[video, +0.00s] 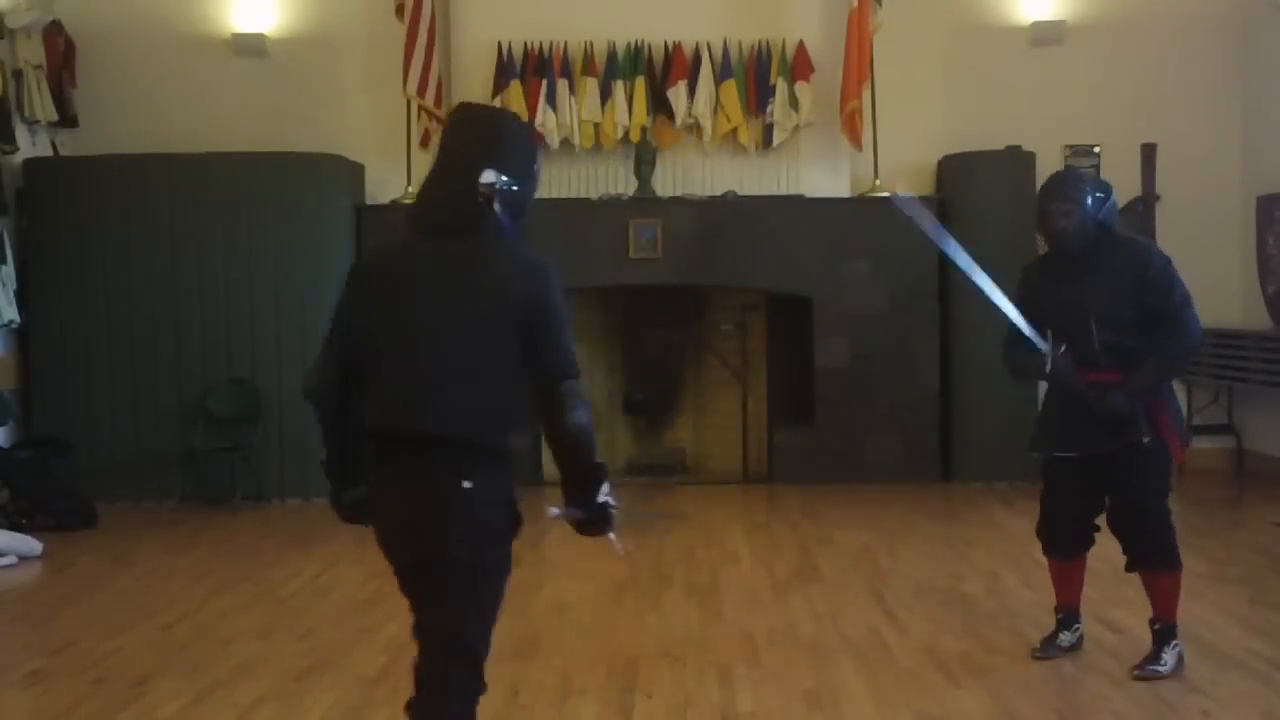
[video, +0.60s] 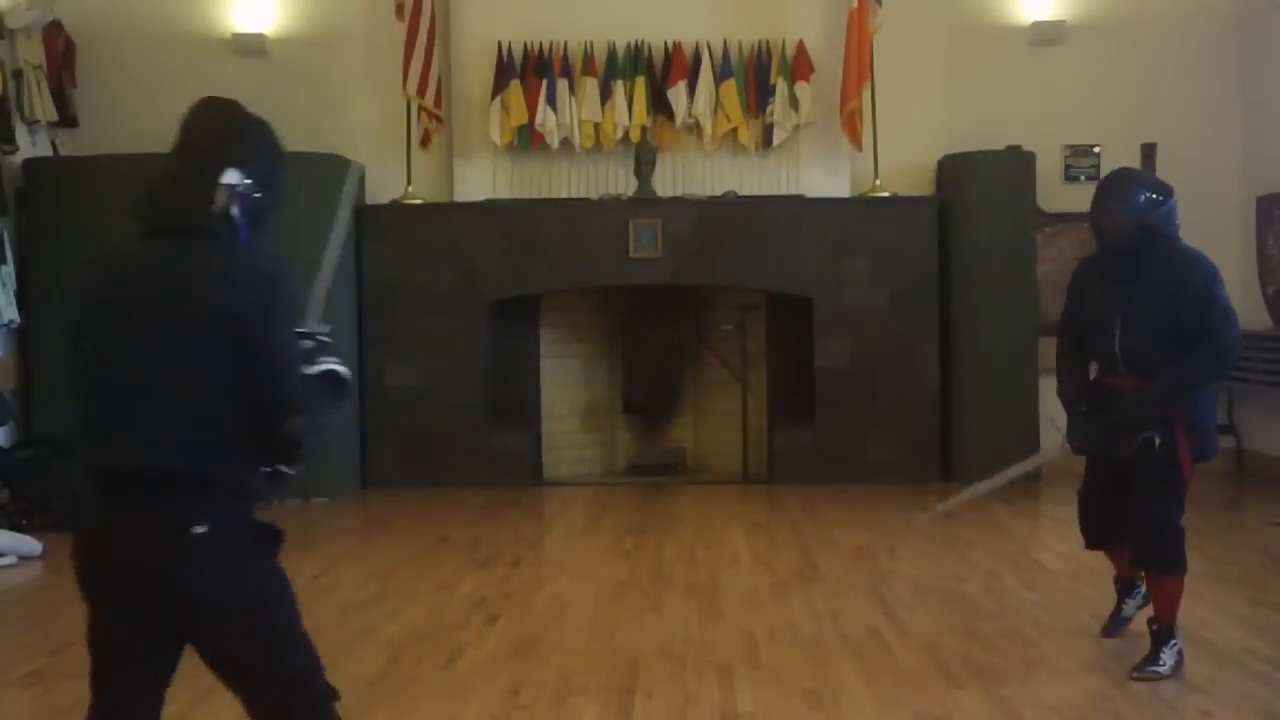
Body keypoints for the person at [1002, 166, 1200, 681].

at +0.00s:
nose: (1050, 225)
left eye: (1061, 214)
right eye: (1045, 214)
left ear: (1094, 213)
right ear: (1040, 217)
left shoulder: (1140, 261)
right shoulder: (1040, 274)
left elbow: (1185, 337)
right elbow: (1017, 357)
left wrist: (1131, 391)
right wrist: (1035, 359)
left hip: (1139, 423)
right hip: (1071, 421)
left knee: (1146, 526)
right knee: (1061, 524)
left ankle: (1166, 640)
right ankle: (1067, 626)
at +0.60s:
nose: (1103, 225)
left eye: (1114, 215)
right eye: (1099, 215)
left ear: (1144, 215)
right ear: (1097, 217)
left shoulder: (1188, 270)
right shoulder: (1092, 271)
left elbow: (1222, 351)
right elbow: (1071, 347)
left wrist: (1157, 393)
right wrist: (1078, 405)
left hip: (1167, 420)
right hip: (1106, 418)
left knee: (1157, 526)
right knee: (1101, 514)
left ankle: (1165, 639)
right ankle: (1131, 585)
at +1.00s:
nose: (1124, 230)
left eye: (1133, 219)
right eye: (1119, 220)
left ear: (1161, 216)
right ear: (1116, 224)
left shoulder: (1205, 267)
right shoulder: (1115, 279)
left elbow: (1223, 345)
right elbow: (1099, 350)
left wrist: (1170, 397)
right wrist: (1097, 402)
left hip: (1195, 415)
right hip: (1134, 415)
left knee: (1198, 512)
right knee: (1125, 512)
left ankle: (1221, 613)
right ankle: (1147, 607)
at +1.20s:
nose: (1145, 230)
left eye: (1152, 219)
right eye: (1144, 221)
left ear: (1180, 217)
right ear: (1153, 224)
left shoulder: (1230, 266)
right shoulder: (1152, 280)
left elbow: (1237, 343)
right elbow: (1137, 346)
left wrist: (1179, 380)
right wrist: (1123, 392)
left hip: (1230, 404)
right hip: (1171, 405)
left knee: (1241, 500)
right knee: (1147, 502)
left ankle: (1279, 577)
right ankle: (1149, 605)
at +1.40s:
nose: (1191, 229)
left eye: (1200, 219)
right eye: (1190, 219)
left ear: (1224, 219)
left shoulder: (1261, 272)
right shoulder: (1198, 276)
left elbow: (1261, 347)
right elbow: (1183, 345)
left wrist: (1206, 396)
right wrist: (1171, 393)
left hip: (1259, 420)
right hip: (1208, 417)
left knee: (1272, 519)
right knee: (1189, 507)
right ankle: (1166, 595)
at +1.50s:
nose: (1208, 225)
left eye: (1215, 215)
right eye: (1206, 215)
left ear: (1239, 214)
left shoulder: (1263, 265)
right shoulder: (1213, 269)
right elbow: (1196, 339)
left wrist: (1195, 398)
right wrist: (1191, 391)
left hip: (1262, 411)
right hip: (1222, 408)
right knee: (1206, 495)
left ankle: (1199, 589)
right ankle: (1198, 590)